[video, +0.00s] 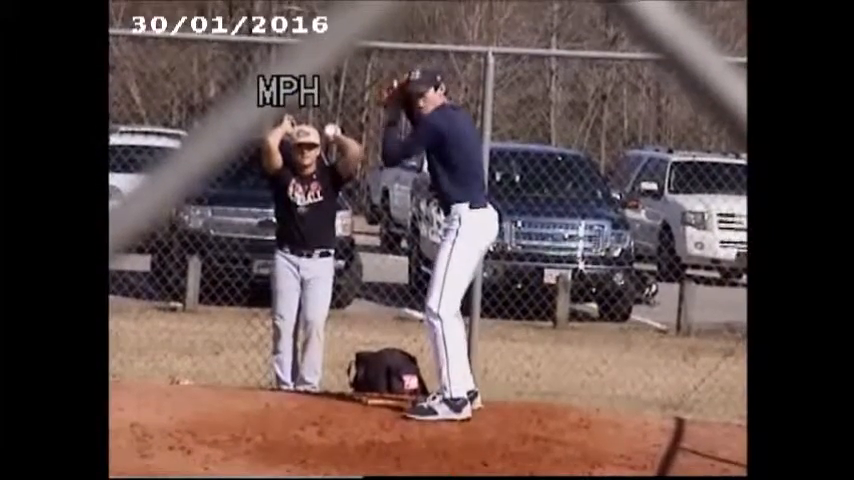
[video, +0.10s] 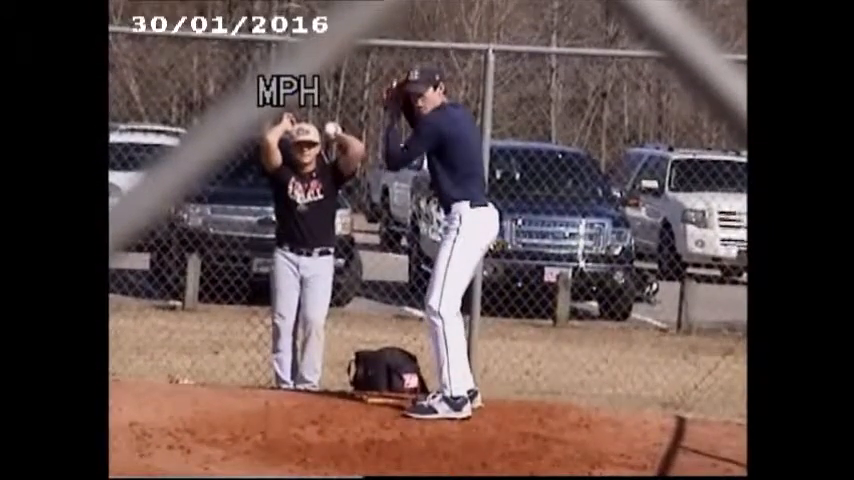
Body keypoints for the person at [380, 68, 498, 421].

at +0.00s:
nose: (417, 104)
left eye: (420, 97)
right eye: (415, 98)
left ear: (439, 91)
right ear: (435, 95)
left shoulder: (435, 123)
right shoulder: (457, 116)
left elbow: (393, 156)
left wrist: (391, 114)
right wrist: (403, 106)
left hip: (466, 219)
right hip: (478, 215)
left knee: (439, 308)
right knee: (445, 307)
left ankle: (454, 394)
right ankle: (462, 389)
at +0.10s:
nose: (416, 104)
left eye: (420, 97)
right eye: (412, 98)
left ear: (439, 90)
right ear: (435, 94)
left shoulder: (435, 122)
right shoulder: (457, 114)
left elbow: (395, 160)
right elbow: (422, 133)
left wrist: (390, 114)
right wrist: (403, 104)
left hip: (466, 217)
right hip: (477, 214)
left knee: (440, 306)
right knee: (445, 305)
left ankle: (455, 393)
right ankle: (462, 387)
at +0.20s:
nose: (417, 107)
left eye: (420, 100)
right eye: (413, 102)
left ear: (439, 93)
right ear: (436, 96)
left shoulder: (436, 126)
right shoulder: (456, 118)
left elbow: (402, 170)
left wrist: (392, 126)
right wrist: (404, 117)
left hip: (467, 220)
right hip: (476, 216)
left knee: (439, 308)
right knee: (441, 307)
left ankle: (454, 395)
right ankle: (461, 388)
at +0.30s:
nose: (416, 104)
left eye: (420, 97)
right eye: (413, 98)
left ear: (439, 90)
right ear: (436, 94)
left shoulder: (437, 122)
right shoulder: (457, 116)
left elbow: (408, 170)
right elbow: (419, 160)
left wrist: (392, 133)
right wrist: (405, 124)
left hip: (466, 217)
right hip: (477, 214)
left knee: (439, 304)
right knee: (441, 304)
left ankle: (455, 392)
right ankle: (461, 386)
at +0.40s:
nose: (417, 106)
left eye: (421, 98)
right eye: (415, 100)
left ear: (439, 92)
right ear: (434, 97)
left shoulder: (438, 123)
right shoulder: (457, 118)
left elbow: (409, 173)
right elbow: (419, 164)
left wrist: (392, 137)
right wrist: (404, 130)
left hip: (467, 219)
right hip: (477, 216)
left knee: (440, 307)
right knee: (440, 307)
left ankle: (455, 394)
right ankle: (461, 389)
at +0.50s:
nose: (417, 101)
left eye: (421, 93)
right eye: (415, 95)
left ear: (440, 88)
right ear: (435, 92)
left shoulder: (438, 121)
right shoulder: (457, 115)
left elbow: (409, 170)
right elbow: (419, 158)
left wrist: (391, 134)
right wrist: (403, 125)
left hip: (467, 217)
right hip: (477, 214)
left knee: (440, 305)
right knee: (443, 305)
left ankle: (455, 393)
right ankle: (461, 387)